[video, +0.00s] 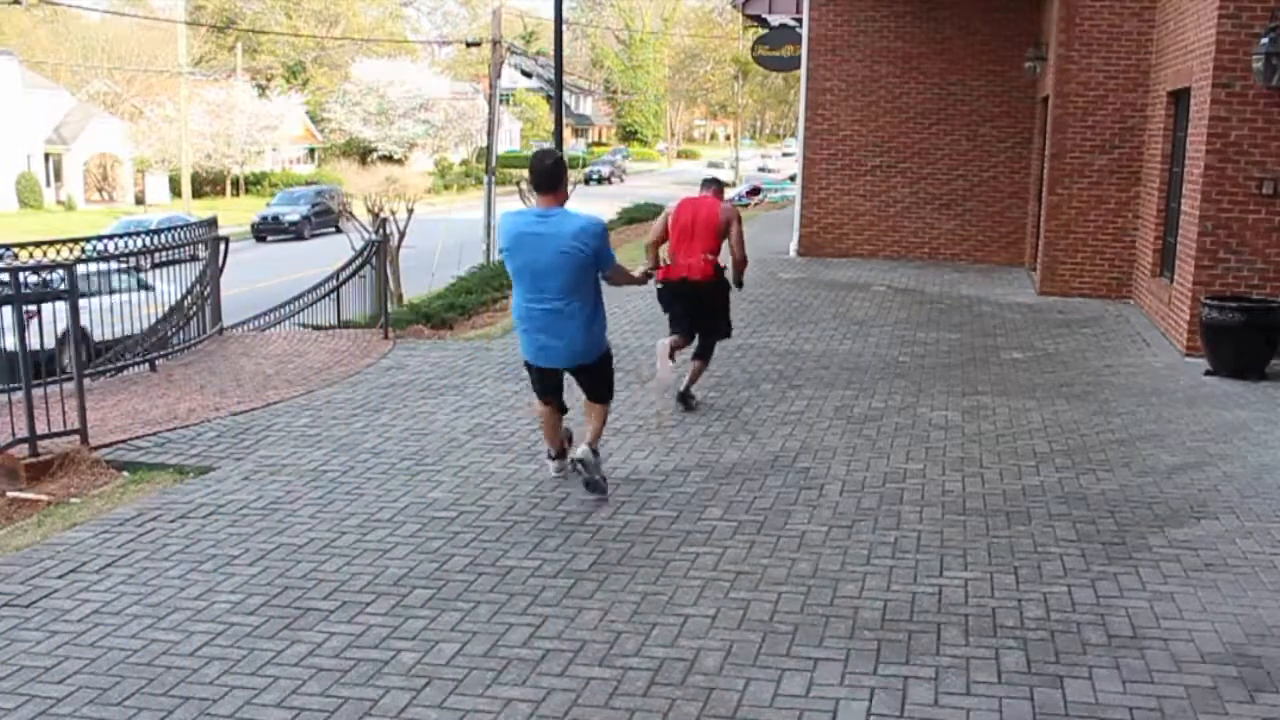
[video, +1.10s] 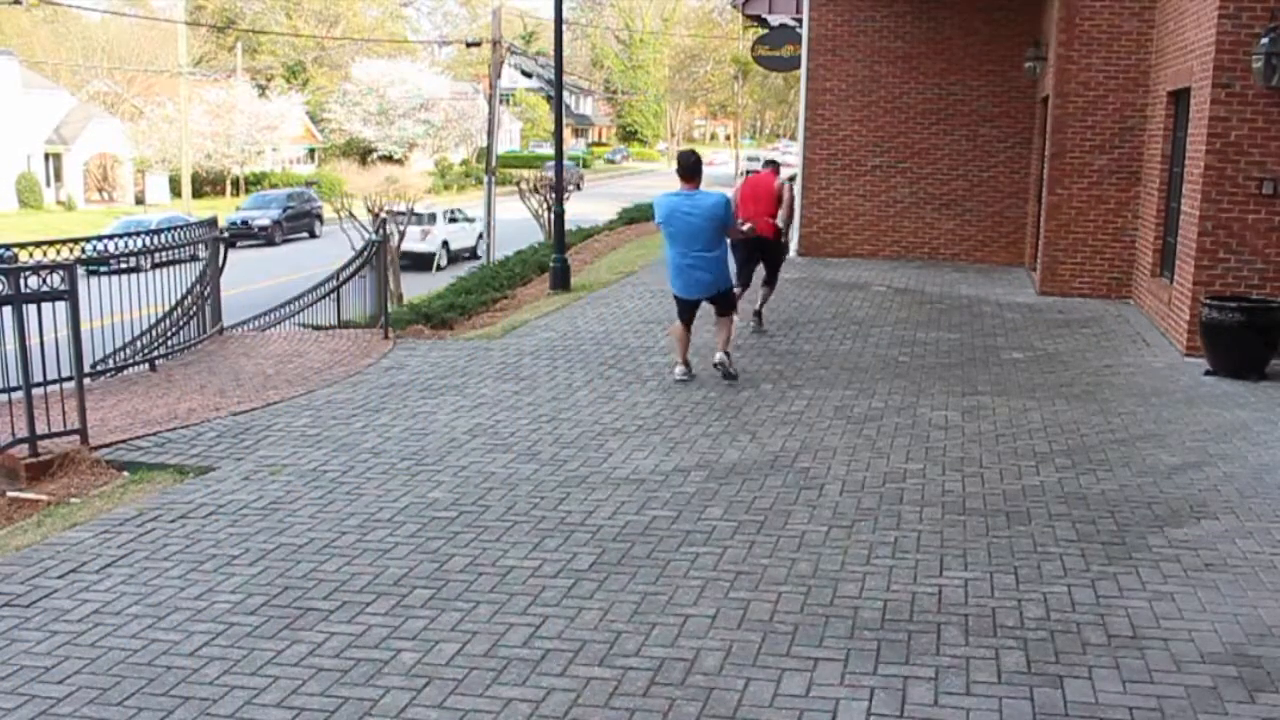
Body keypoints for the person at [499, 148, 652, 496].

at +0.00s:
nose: (567, 183)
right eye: (566, 178)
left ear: (531, 185)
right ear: (566, 182)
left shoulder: (508, 225)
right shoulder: (590, 228)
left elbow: (517, 269)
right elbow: (612, 274)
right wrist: (636, 279)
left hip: (536, 344)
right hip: (584, 341)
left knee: (549, 404)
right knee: (598, 396)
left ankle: (556, 456)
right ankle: (589, 447)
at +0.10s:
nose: (579, 188)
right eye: (580, 183)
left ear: (548, 189)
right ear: (581, 187)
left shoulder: (527, 228)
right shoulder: (601, 232)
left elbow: (528, 267)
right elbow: (621, 279)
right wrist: (647, 279)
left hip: (551, 338)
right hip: (596, 335)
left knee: (562, 398)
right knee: (620, 377)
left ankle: (561, 453)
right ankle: (615, 441)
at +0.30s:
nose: (624, 185)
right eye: (624, 181)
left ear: (594, 184)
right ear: (623, 184)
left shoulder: (570, 219)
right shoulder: (641, 227)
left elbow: (561, 246)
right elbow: (652, 267)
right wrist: (661, 262)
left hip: (586, 318)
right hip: (627, 323)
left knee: (591, 357)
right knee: (641, 375)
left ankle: (575, 408)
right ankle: (652, 428)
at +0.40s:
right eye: (636, 179)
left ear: (608, 183)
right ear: (638, 182)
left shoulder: (588, 219)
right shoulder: (657, 223)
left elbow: (574, 255)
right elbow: (668, 266)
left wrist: (605, 248)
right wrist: (679, 256)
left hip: (607, 317)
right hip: (646, 320)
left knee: (610, 355)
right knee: (657, 371)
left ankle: (605, 410)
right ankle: (652, 423)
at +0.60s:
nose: (647, 182)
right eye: (650, 177)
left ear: (626, 181)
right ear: (654, 180)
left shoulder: (608, 214)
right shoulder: (672, 216)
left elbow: (612, 251)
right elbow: (692, 255)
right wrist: (706, 255)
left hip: (632, 307)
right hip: (669, 303)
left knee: (641, 355)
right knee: (685, 337)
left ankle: (644, 400)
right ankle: (679, 389)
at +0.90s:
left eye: (674, 176)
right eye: (689, 175)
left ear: (668, 178)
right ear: (692, 178)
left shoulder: (650, 207)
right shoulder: (710, 209)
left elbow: (644, 235)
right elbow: (718, 238)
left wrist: (670, 231)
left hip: (667, 288)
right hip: (702, 288)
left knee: (670, 323)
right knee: (710, 335)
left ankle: (664, 370)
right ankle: (713, 380)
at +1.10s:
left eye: (680, 171)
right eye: (696, 170)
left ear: (677, 173)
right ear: (701, 172)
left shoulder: (662, 203)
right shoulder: (719, 201)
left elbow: (664, 229)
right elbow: (731, 233)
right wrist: (745, 231)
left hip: (683, 280)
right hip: (716, 277)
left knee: (683, 322)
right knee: (725, 312)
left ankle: (682, 363)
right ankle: (722, 352)